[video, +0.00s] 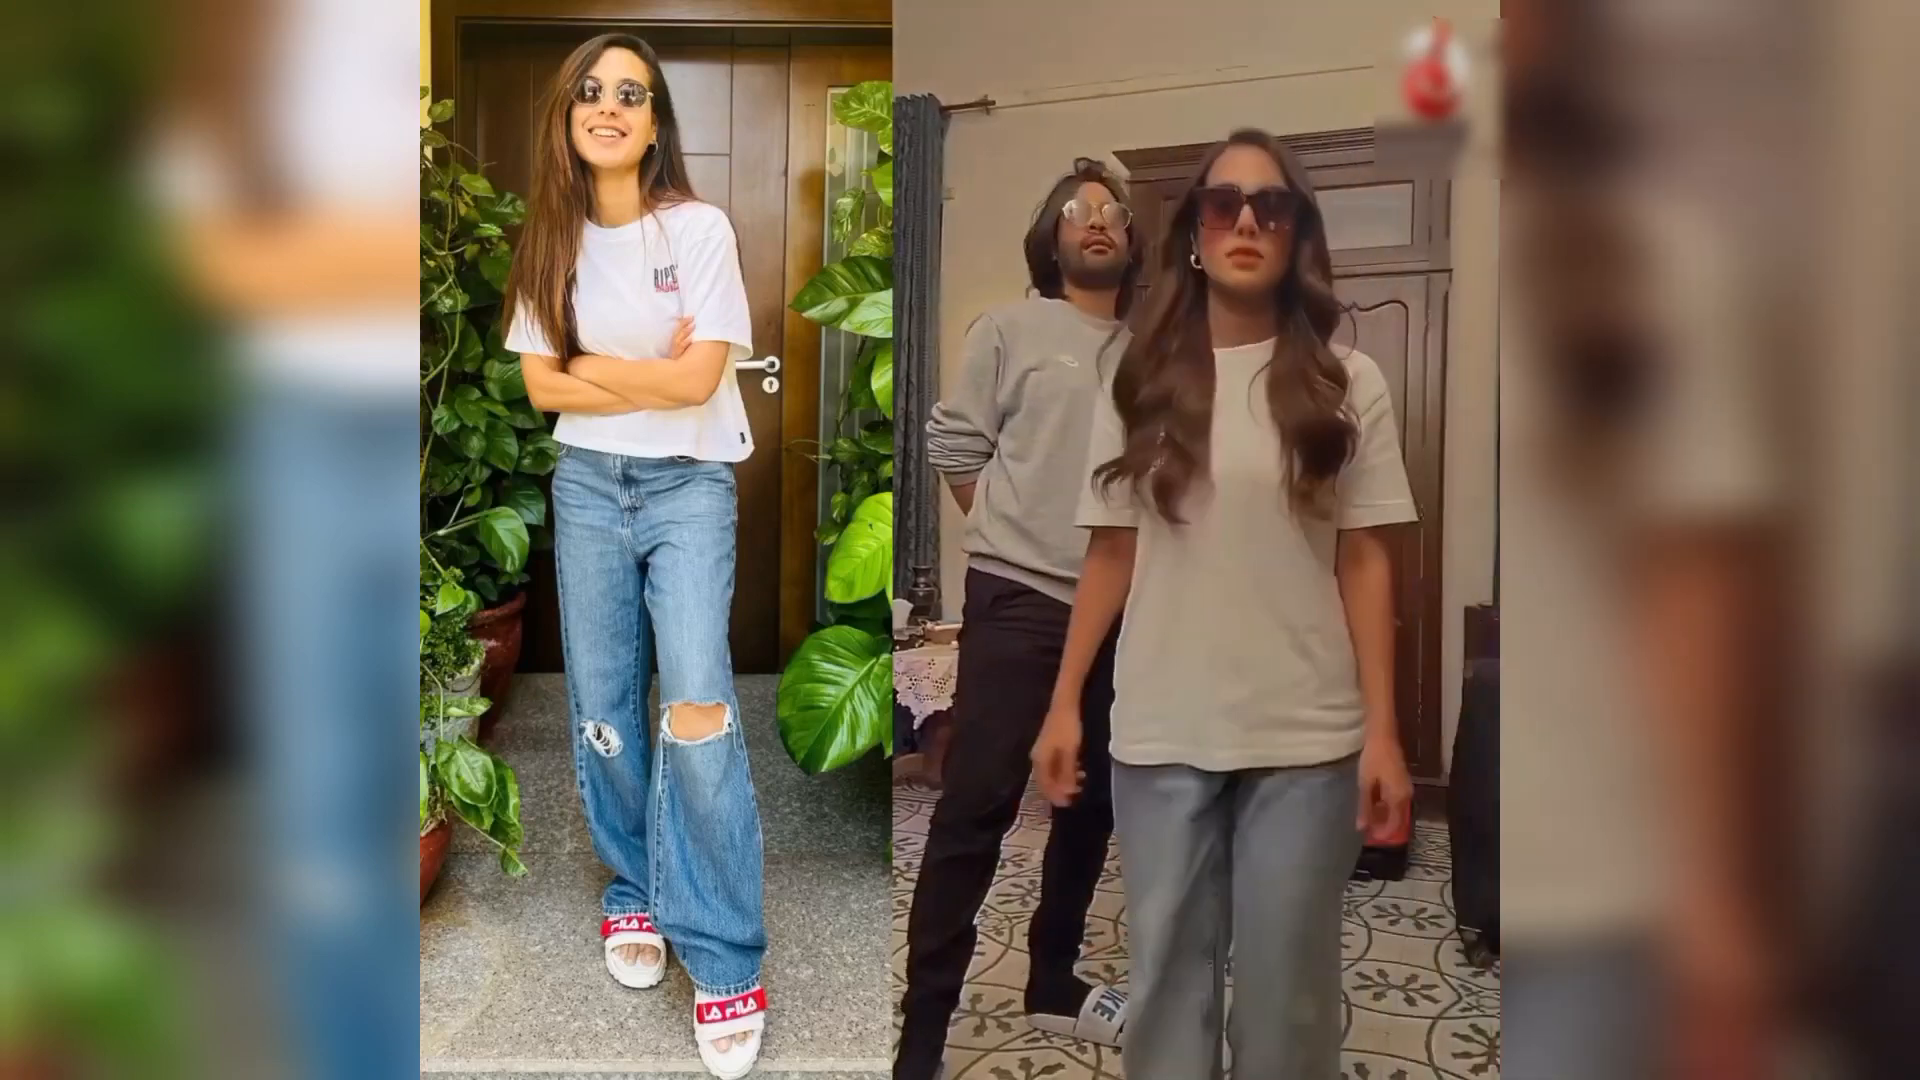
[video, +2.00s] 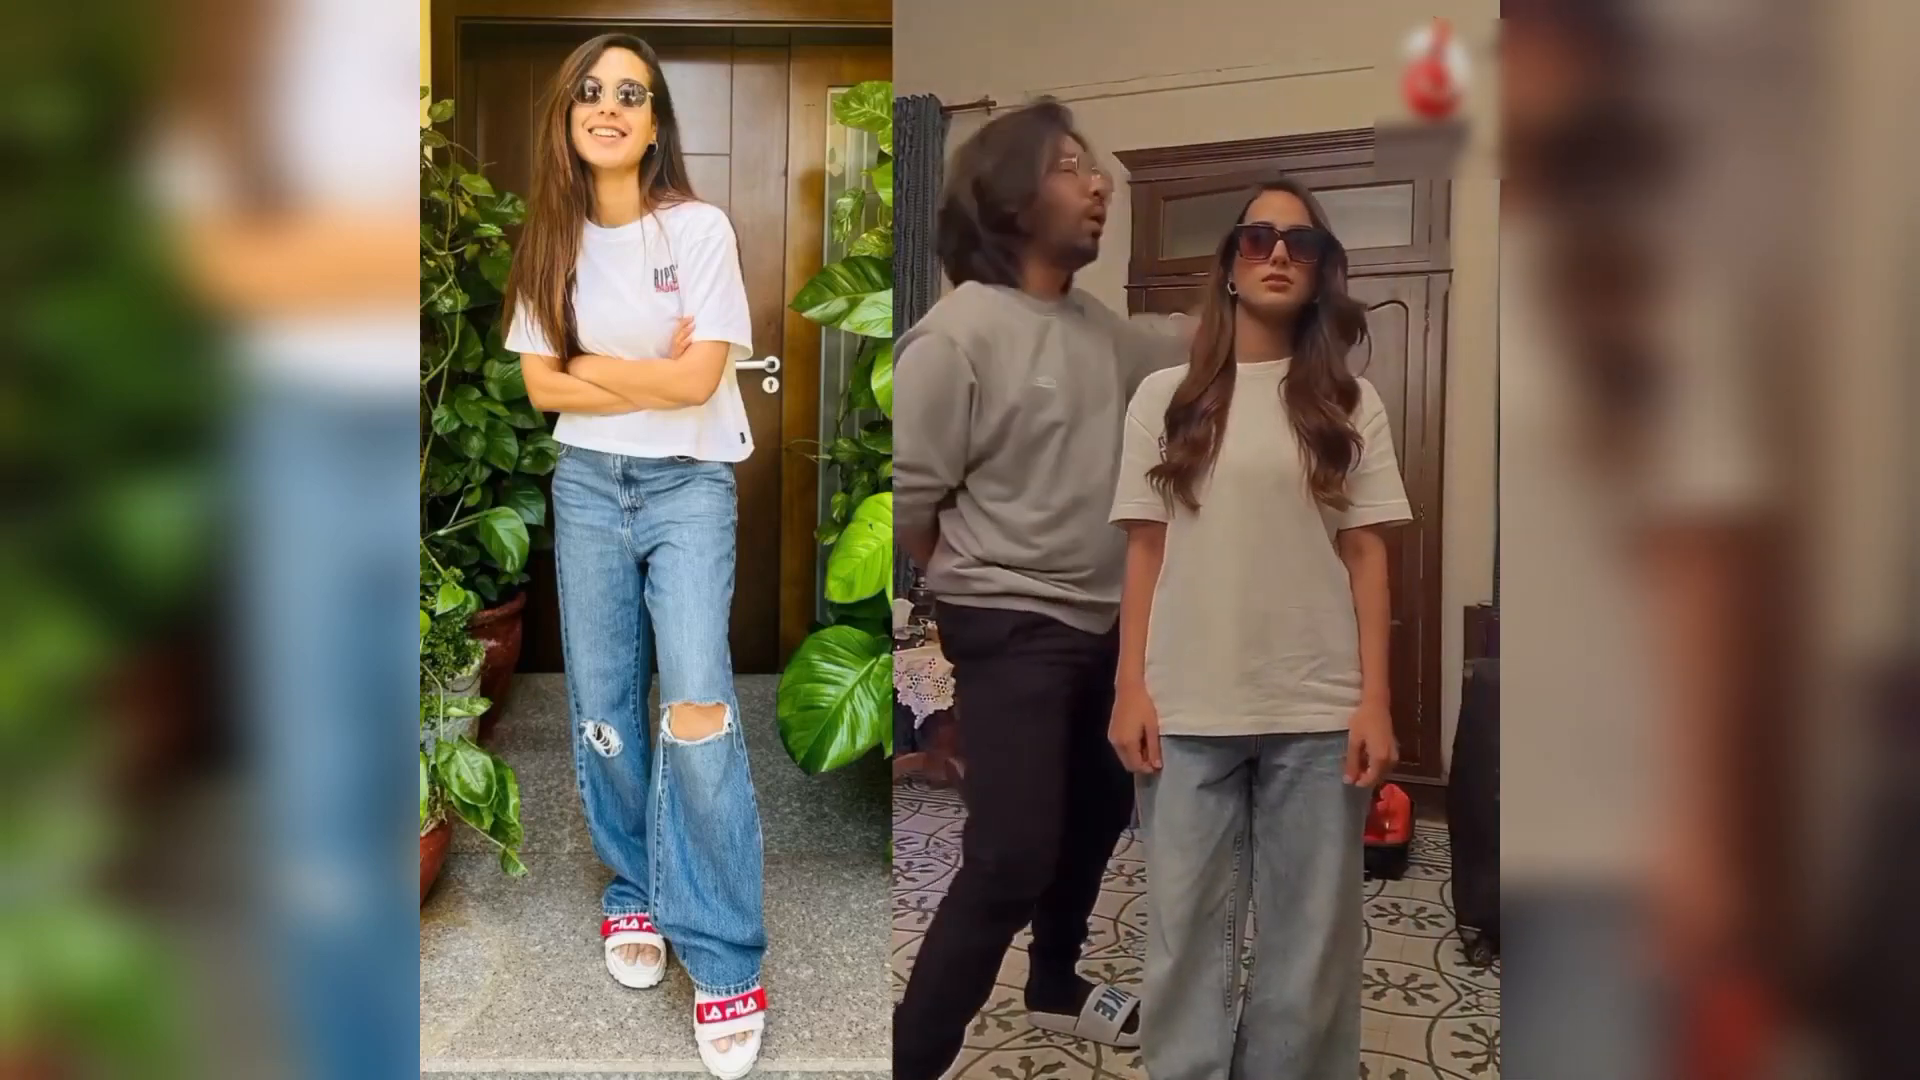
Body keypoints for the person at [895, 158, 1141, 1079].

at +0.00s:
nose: (1094, 224)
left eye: (1108, 212)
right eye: (1077, 214)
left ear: (1133, 235)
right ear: (1051, 237)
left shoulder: (1160, 345)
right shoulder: (1008, 331)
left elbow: (1179, 477)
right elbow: (956, 456)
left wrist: (1127, 549)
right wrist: (1009, 541)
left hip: (1122, 599)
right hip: (1015, 593)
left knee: (1091, 801)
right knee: (976, 802)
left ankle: (1055, 981)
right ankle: (927, 1024)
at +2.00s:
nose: (1100, 186)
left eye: (1096, 170)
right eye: (1073, 168)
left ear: (1088, 192)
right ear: (1009, 192)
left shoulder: (1106, 329)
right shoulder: (955, 333)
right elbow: (908, 516)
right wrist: (951, 591)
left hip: (1107, 620)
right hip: (1002, 622)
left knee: (1092, 816)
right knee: (1011, 866)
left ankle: (1055, 986)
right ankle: (914, 1064)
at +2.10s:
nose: (1085, 209)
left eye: (1081, 189)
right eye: (1062, 191)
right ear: (997, 210)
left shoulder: (1074, 319)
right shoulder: (951, 343)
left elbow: (1139, 312)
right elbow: (918, 526)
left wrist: (1190, 236)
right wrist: (919, 613)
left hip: (1105, 623)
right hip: (1017, 631)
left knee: (1105, 820)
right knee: (1033, 867)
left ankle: (1055, 989)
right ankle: (914, 1065)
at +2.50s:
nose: (1077, 184)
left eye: (1074, 171)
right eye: (1048, 175)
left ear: (1078, 199)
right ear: (998, 209)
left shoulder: (1103, 329)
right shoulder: (992, 323)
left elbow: (1171, 317)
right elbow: (925, 481)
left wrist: (1236, 261)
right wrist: (954, 561)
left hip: (1112, 612)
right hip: (1024, 610)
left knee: (1099, 807)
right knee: (1006, 850)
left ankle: (1055, 987)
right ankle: (910, 1061)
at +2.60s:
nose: (1086, 186)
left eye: (1089, 176)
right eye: (1058, 176)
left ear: (1104, 210)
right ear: (1013, 213)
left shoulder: (1139, 346)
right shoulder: (1010, 316)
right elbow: (941, 462)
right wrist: (976, 559)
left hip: (1115, 610)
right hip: (1024, 603)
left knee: (1089, 812)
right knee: (990, 834)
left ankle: (1056, 987)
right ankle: (912, 1053)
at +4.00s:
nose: (1090, 224)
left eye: (1115, 214)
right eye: (1086, 212)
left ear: (1157, 245)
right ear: (1075, 238)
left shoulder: (1189, 354)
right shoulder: (1022, 336)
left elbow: (1207, 486)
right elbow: (964, 447)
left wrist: (1160, 564)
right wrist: (1016, 530)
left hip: (1127, 623)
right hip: (1012, 612)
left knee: (1105, 817)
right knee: (975, 821)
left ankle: (1057, 979)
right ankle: (934, 1055)